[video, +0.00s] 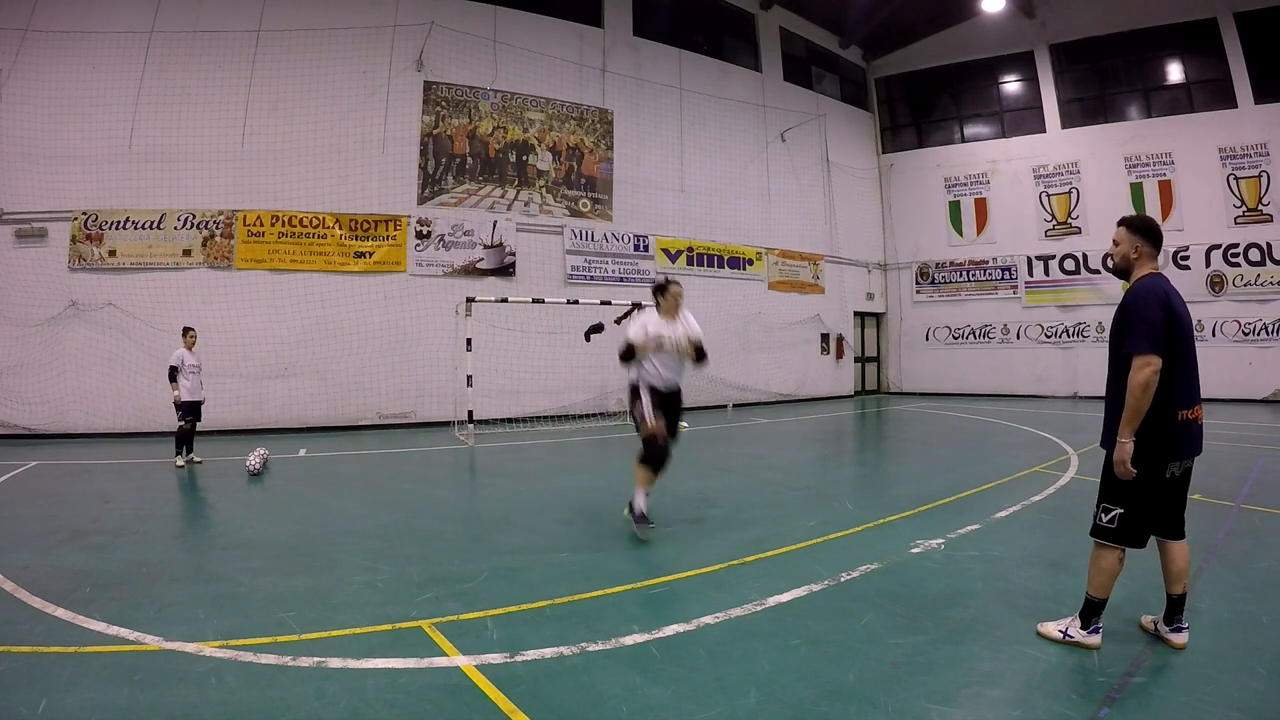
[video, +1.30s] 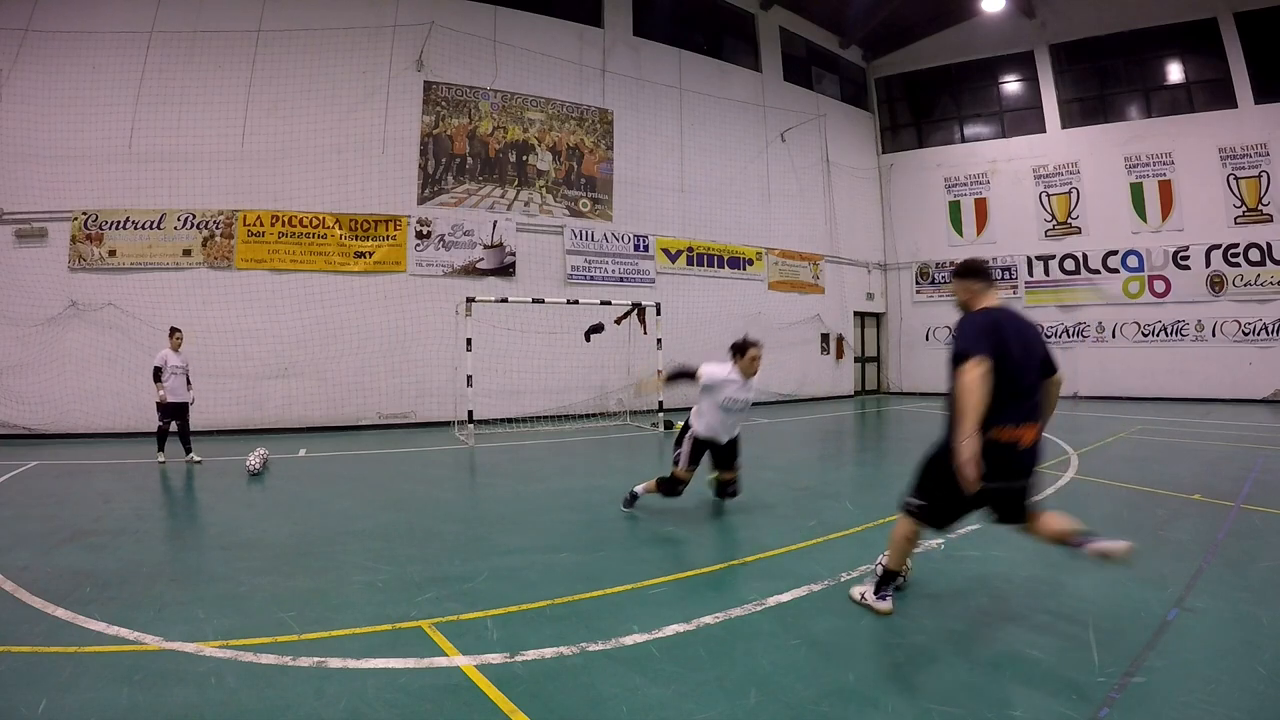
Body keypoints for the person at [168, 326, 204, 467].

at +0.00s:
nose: (193, 340)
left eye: (195, 337)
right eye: (191, 337)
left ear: (196, 339)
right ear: (184, 338)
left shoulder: (196, 356)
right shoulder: (179, 354)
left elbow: (198, 376)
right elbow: (172, 373)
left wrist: (202, 392)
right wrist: (176, 392)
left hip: (196, 397)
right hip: (184, 397)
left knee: (192, 426)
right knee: (184, 426)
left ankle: (189, 454)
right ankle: (178, 456)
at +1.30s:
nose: (180, 341)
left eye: (181, 339)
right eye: (177, 338)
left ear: (182, 340)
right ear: (170, 339)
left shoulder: (183, 357)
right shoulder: (163, 355)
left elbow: (186, 376)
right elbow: (156, 373)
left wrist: (190, 391)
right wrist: (161, 391)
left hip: (183, 398)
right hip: (167, 398)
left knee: (184, 427)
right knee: (164, 426)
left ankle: (189, 453)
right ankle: (160, 452)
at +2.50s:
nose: (199, 345)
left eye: (200, 342)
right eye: (196, 342)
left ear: (199, 343)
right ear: (189, 342)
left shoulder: (199, 359)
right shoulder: (179, 355)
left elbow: (201, 376)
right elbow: (165, 369)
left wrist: (200, 388)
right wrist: (153, 385)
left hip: (190, 397)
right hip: (175, 395)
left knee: (185, 424)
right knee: (181, 421)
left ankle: (178, 450)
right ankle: (173, 450)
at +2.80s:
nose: (214, 350)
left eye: (215, 347)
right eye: (212, 347)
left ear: (214, 347)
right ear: (203, 346)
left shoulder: (214, 362)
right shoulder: (191, 360)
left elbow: (215, 378)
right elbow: (179, 376)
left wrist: (210, 389)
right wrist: (169, 392)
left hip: (203, 397)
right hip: (188, 395)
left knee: (206, 426)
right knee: (190, 424)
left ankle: (192, 440)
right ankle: (181, 453)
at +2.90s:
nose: (220, 348)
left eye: (221, 345)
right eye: (218, 345)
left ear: (221, 346)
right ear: (210, 346)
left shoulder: (218, 360)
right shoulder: (201, 361)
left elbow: (213, 378)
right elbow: (192, 380)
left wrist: (212, 393)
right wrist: (195, 394)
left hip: (212, 400)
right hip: (197, 403)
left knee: (225, 420)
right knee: (191, 428)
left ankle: (220, 449)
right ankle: (181, 454)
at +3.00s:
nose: (227, 345)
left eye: (228, 342)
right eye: (225, 342)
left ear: (227, 342)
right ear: (217, 342)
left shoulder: (225, 356)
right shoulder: (212, 357)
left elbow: (221, 379)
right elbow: (202, 378)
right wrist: (203, 398)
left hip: (227, 398)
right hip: (212, 400)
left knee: (241, 419)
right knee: (198, 425)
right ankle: (180, 446)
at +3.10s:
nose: (235, 349)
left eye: (235, 347)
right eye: (232, 347)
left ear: (235, 347)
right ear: (224, 347)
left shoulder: (234, 361)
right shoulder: (219, 361)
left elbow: (233, 381)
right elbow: (212, 381)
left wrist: (238, 396)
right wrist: (213, 400)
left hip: (238, 398)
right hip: (225, 401)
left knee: (253, 423)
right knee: (227, 428)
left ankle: (258, 454)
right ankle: (204, 435)